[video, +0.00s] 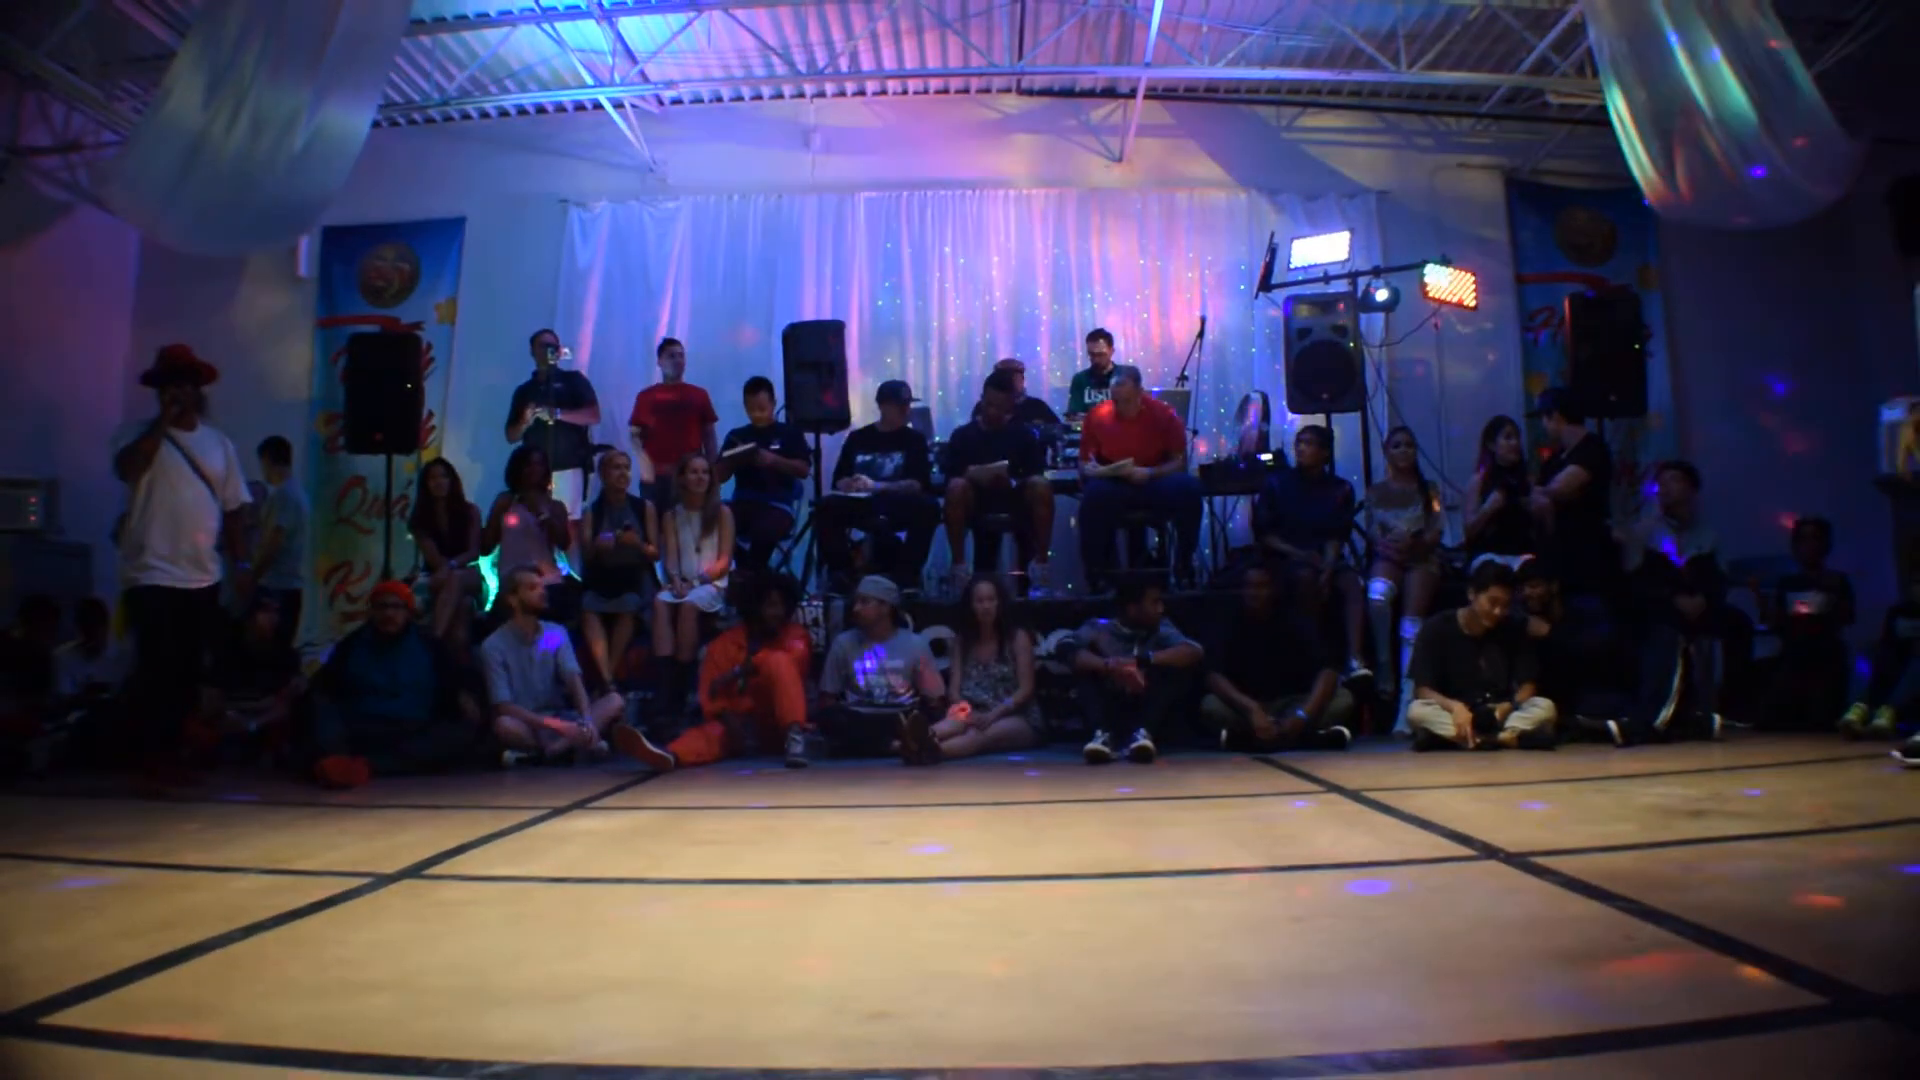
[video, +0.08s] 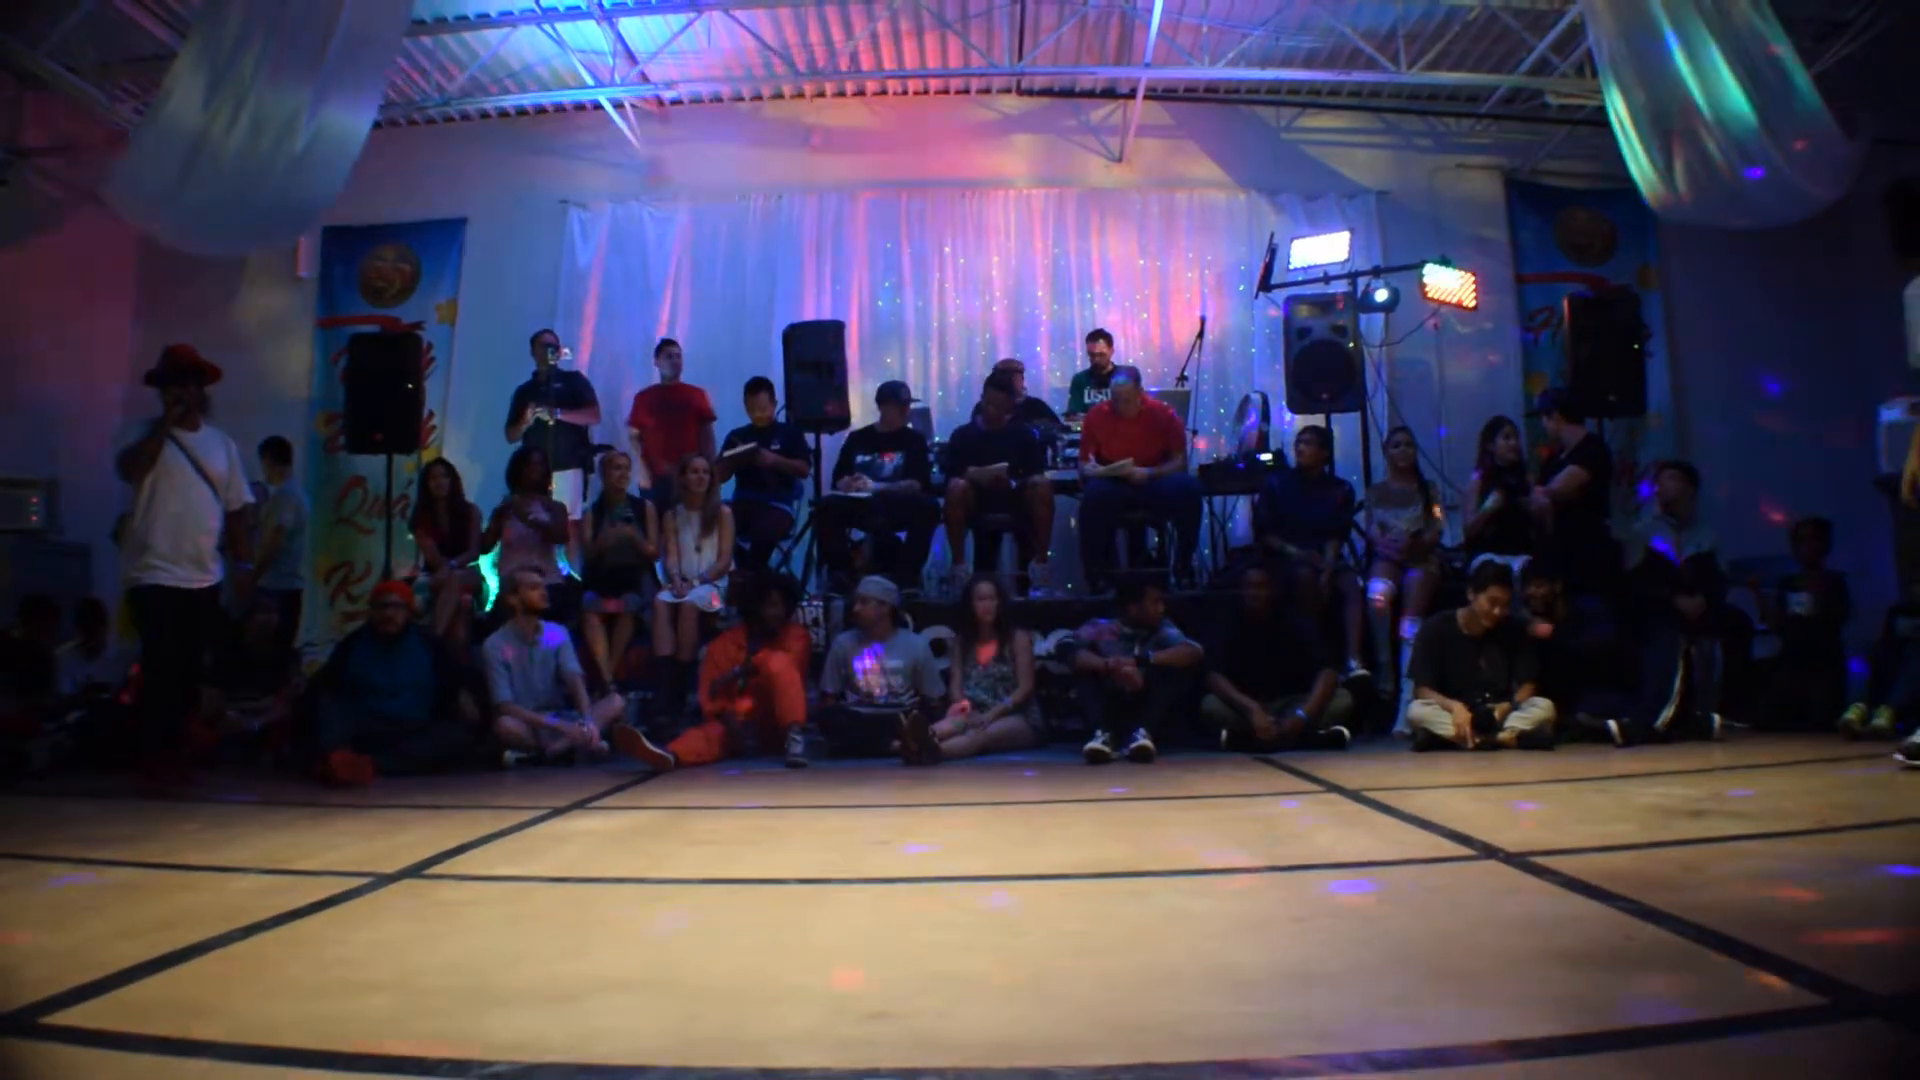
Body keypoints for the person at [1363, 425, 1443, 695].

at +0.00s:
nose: (1403, 451)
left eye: (1409, 445)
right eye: (1396, 446)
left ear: (1416, 451)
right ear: (1386, 452)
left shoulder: (1428, 489)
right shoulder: (1376, 492)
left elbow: (1436, 528)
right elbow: (1371, 532)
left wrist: (1416, 545)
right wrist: (1391, 547)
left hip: (1419, 556)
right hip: (1387, 556)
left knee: (1411, 627)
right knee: (1378, 597)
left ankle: (1408, 686)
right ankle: (1384, 669)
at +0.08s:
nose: (1403, 451)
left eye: (1408, 445)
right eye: (1396, 446)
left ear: (1415, 451)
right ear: (1386, 452)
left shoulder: (1428, 489)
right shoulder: (1376, 492)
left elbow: (1437, 526)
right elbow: (1369, 529)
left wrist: (1419, 543)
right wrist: (1386, 544)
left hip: (1418, 554)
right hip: (1387, 553)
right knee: (1377, 598)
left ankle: (1408, 679)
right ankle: (1384, 669)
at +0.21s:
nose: (1403, 451)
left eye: (1409, 446)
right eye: (1397, 446)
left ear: (1416, 451)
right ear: (1387, 452)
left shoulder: (1430, 488)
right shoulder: (1377, 492)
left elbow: (1440, 525)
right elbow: (1372, 532)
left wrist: (1419, 543)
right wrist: (1389, 548)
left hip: (1420, 555)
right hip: (1388, 555)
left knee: (1412, 626)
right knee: (1378, 594)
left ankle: (1409, 689)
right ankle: (1384, 668)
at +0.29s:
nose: (1403, 451)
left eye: (1409, 445)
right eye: (1396, 446)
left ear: (1416, 451)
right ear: (1387, 452)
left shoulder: (1431, 488)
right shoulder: (1377, 492)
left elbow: (1439, 527)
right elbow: (1373, 533)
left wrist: (1418, 545)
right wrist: (1390, 549)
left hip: (1420, 557)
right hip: (1388, 556)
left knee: (1412, 628)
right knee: (1378, 596)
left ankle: (1408, 707)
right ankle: (1384, 671)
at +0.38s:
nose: (1403, 451)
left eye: (1409, 445)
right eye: (1396, 445)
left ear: (1416, 451)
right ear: (1387, 452)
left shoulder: (1431, 488)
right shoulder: (1377, 492)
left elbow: (1440, 526)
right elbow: (1372, 531)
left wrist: (1419, 546)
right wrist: (1388, 548)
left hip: (1420, 556)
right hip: (1388, 556)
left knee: (1413, 626)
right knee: (1378, 595)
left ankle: (1409, 700)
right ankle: (1385, 671)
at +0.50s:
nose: (1403, 451)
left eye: (1409, 445)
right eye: (1396, 446)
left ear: (1417, 451)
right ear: (1387, 453)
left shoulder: (1431, 488)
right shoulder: (1377, 492)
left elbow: (1440, 525)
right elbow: (1371, 530)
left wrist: (1422, 541)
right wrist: (1387, 546)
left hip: (1420, 555)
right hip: (1387, 554)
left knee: (1412, 628)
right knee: (1378, 595)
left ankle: (1408, 705)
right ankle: (1385, 671)